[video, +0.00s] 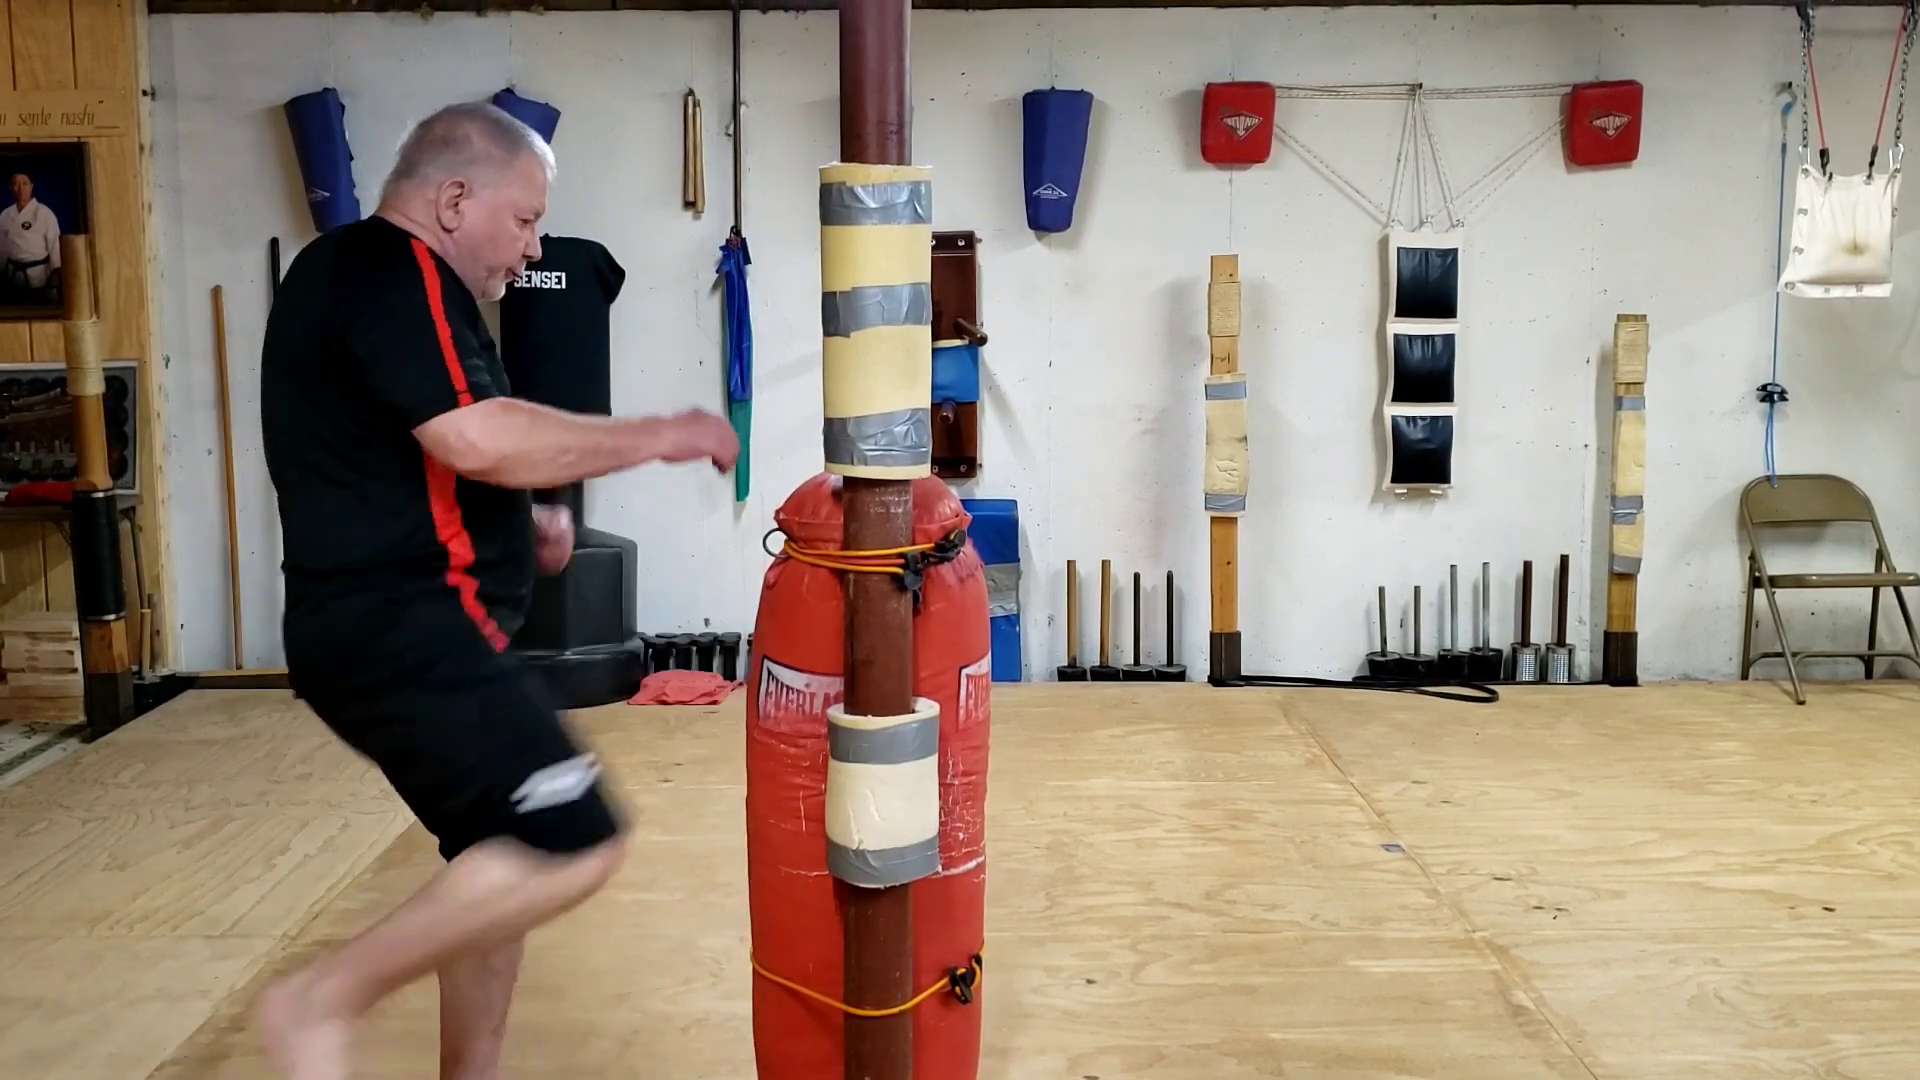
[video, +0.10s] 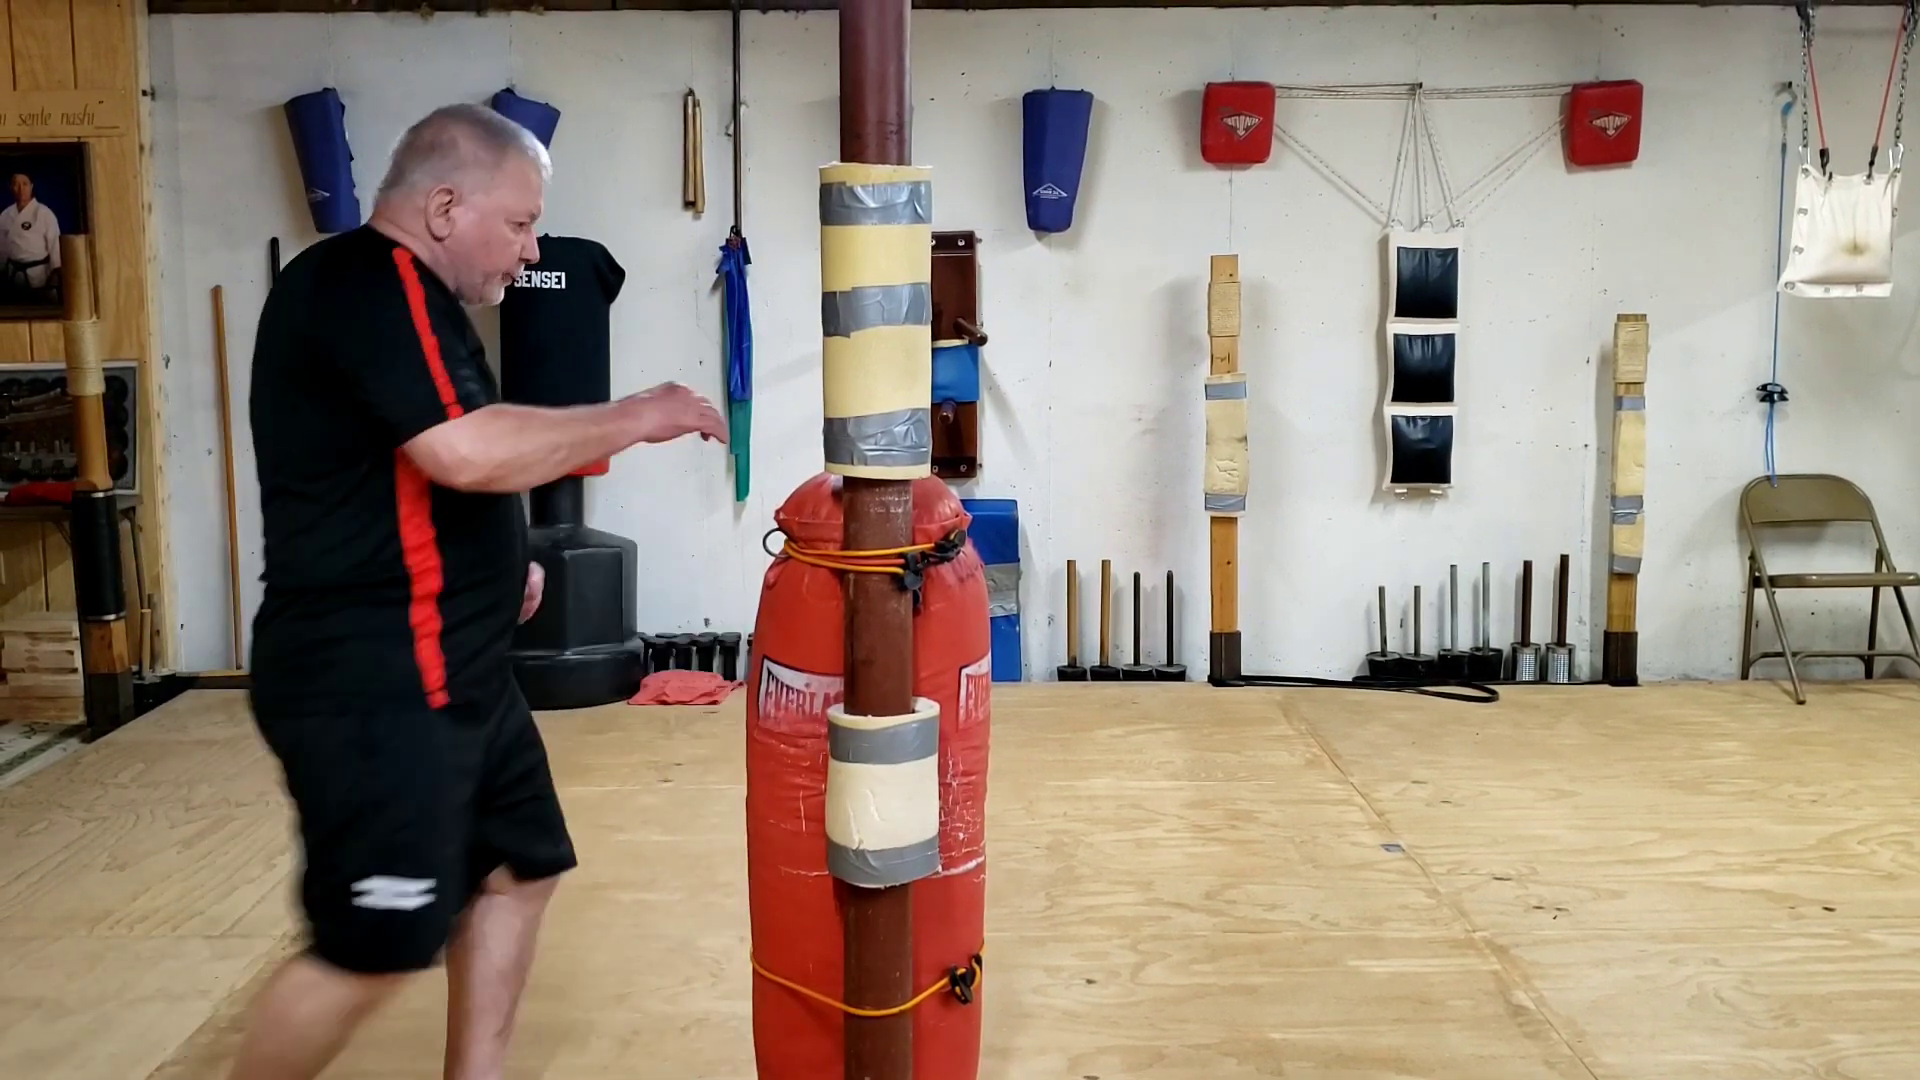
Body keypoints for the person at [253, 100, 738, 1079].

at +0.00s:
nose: (532, 249)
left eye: (536, 227)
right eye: (525, 222)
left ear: (442, 203)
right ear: (452, 201)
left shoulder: (338, 271)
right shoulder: (393, 275)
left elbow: (384, 464)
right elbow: (472, 435)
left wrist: (511, 518)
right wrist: (661, 436)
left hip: (369, 623)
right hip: (402, 624)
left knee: (499, 854)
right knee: (579, 834)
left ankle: (471, 1069)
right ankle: (314, 1000)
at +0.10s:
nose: (531, 253)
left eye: (535, 229)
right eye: (520, 225)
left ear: (443, 212)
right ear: (443, 209)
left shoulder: (419, 297)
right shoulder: (355, 284)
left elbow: (390, 477)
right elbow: (462, 449)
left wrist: (494, 561)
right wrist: (634, 418)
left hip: (460, 666)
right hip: (364, 673)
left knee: (518, 864)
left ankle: (473, 1075)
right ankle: (247, 1072)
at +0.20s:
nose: (518, 267)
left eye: (519, 243)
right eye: (503, 240)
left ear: (419, 233)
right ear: (419, 230)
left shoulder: (390, 320)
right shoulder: (311, 314)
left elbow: (392, 491)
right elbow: (404, 496)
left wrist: (485, 569)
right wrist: (591, 461)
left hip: (436, 675)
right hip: (312, 688)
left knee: (532, 863)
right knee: (277, 956)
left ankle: (476, 1074)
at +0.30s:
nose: (493, 258)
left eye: (498, 234)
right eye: (475, 233)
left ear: (400, 228)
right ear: (389, 222)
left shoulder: (405, 316)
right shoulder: (275, 311)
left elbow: (397, 485)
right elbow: (268, 521)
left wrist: (509, 494)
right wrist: (485, 543)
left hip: (427, 670)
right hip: (295, 687)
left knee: (523, 864)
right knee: (258, 948)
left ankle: (472, 1073)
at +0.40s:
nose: (483, 249)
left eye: (487, 225)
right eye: (463, 225)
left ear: (381, 222)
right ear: (372, 220)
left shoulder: (444, 318)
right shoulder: (242, 312)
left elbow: (532, 427)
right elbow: (124, 495)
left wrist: (610, 376)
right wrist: (273, 644)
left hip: (423, 669)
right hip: (279, 686)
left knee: (503, 862)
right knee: (254, 951)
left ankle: (468, 1075)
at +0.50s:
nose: (491, 267)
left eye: (493, 244)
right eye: (472, 245)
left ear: (394, 238)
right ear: (382, 238)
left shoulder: (442, 318)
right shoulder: (244, 324)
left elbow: (578, 377)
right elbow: (100, 498)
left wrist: (714, 366)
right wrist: (166, 683)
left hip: (416, 686)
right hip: (285, 711)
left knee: (508, 862)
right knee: (256, 970)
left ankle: (469, 1075)